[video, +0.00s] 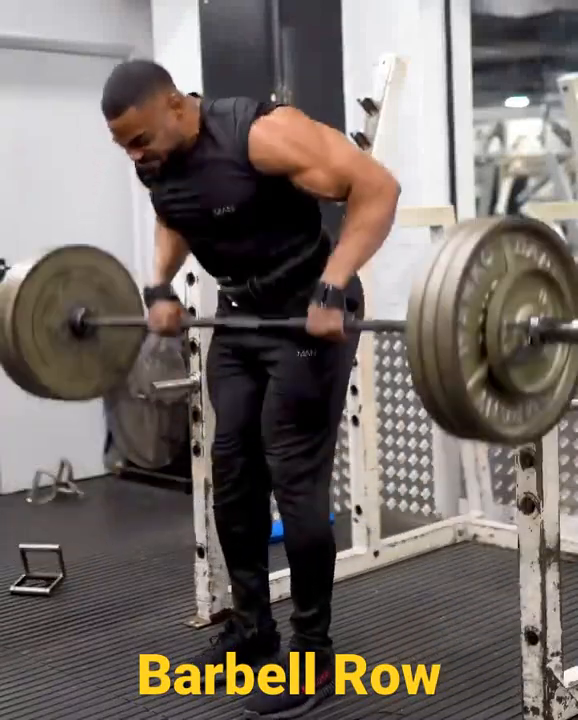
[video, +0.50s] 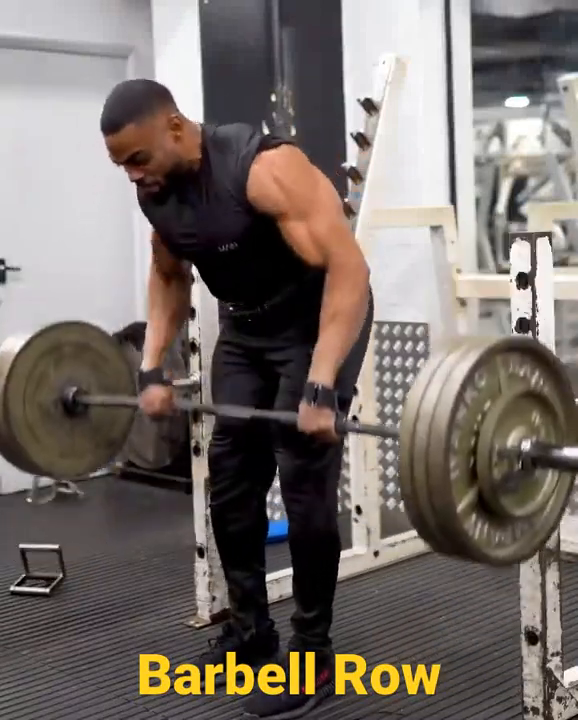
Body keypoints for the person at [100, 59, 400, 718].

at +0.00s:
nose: (136, 157)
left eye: (142, 140)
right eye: (126, 147)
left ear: (181, 108)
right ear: (121, 134)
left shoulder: (267, 134)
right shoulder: (160, 163)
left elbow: (379, 188)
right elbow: (178, 217)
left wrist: (331, 288)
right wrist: (161, 284)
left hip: (309, 323)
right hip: (238, 322)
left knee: (295, 477)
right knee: (232, 476)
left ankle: (311, 653)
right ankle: (253, 626)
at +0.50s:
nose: (133, 176)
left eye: (139, 159)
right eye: (124, 165)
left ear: (178, 128)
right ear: (120, 154)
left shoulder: (268, 167)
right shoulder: (158, 192)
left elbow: (350, 271)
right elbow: (169, 276)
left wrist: (320, 385)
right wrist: (153, 367)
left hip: (316, 331)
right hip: (245, 338)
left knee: (305, 488)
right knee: (230, 484)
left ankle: (311, 649)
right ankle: (250, 628)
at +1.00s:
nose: (108, 220)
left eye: (114, 204)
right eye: (99, 209)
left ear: (155, 174)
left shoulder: (252, 230)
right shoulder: (141, 244)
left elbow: (304, 356)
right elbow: (151, 352)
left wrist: (317, 484)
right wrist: (152, 454)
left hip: (326, 312)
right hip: (248, 324)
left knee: (293, 465)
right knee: (218, 468)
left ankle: (310, 648)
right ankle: (248, 626)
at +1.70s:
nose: (113, 172)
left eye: (118, 156)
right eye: (105, 161)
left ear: (160, 127)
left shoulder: (251, 170)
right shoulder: (149, 193)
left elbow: (329, 277)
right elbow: (159, 292)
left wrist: (311, 400)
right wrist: (147, 386)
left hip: (318, 311)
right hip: (247, 319)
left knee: (305, 469)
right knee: (240, 468)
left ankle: (312, 648)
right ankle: (251, 624)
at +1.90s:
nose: (120, 145)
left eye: (125, 128)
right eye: (111, 134)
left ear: (168, 99)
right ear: (112, 122)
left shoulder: (255, 131)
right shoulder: (149, 159)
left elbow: (361, 204)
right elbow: (165, 225)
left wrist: (319, 306)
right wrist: (149, 297)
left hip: (303, 307)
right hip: (230, 311)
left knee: (299, 473)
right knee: (231, 475)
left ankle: (313, 647)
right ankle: (250, 627)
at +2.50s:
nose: (115, 186)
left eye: (119, 168)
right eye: (106, 175)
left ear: (160, 137)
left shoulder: (253, 176)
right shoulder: (147, 201)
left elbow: (332, 277)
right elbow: (158, 288)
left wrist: (307, 398)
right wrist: (142, 380)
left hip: (315, 321)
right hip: (241, 332)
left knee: (302, 475)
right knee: (226, 481)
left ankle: (311, 646)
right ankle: (248, 627)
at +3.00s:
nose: (94, 227)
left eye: (99, 209)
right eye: (84, 214)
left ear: (140, 178)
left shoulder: (241, 237)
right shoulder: (130, 256)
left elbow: (290, 363)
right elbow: (145, 362)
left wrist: (311, 491)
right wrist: (148, 466)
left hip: (318, 313)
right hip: (238, 326)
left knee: (291, 474)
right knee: (211, 474)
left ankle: (310, 648)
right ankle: (248, 628)